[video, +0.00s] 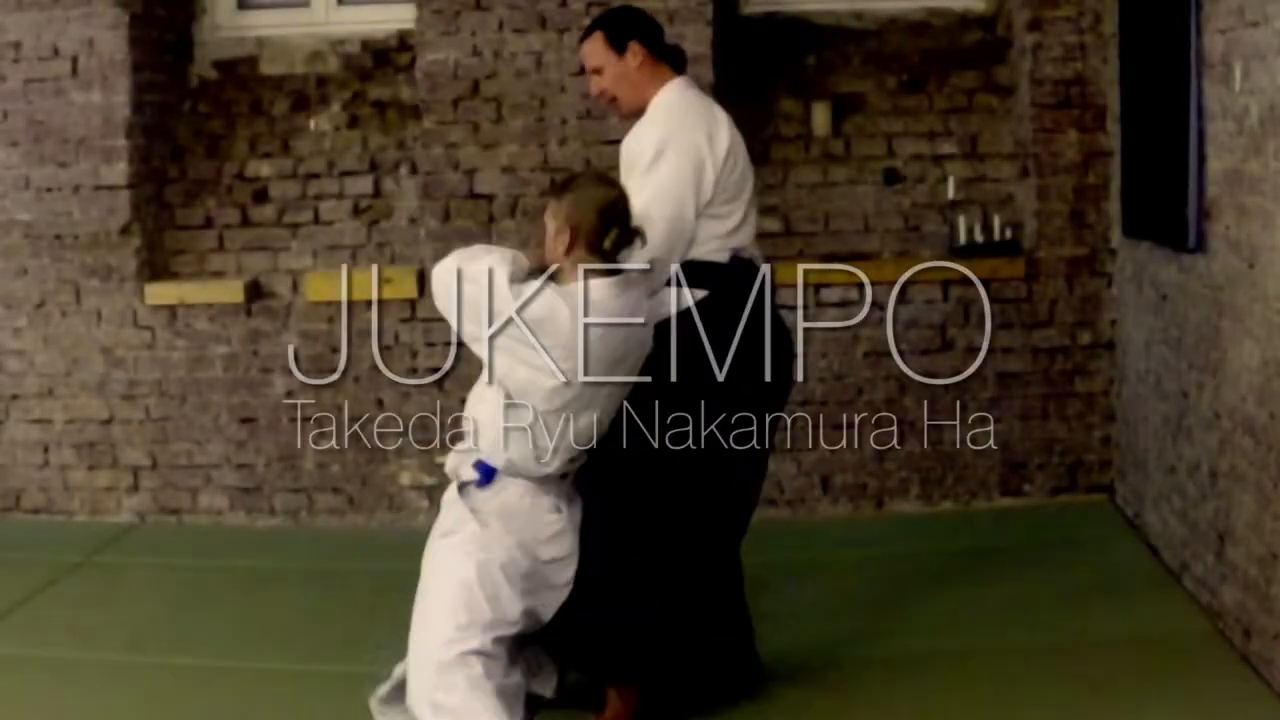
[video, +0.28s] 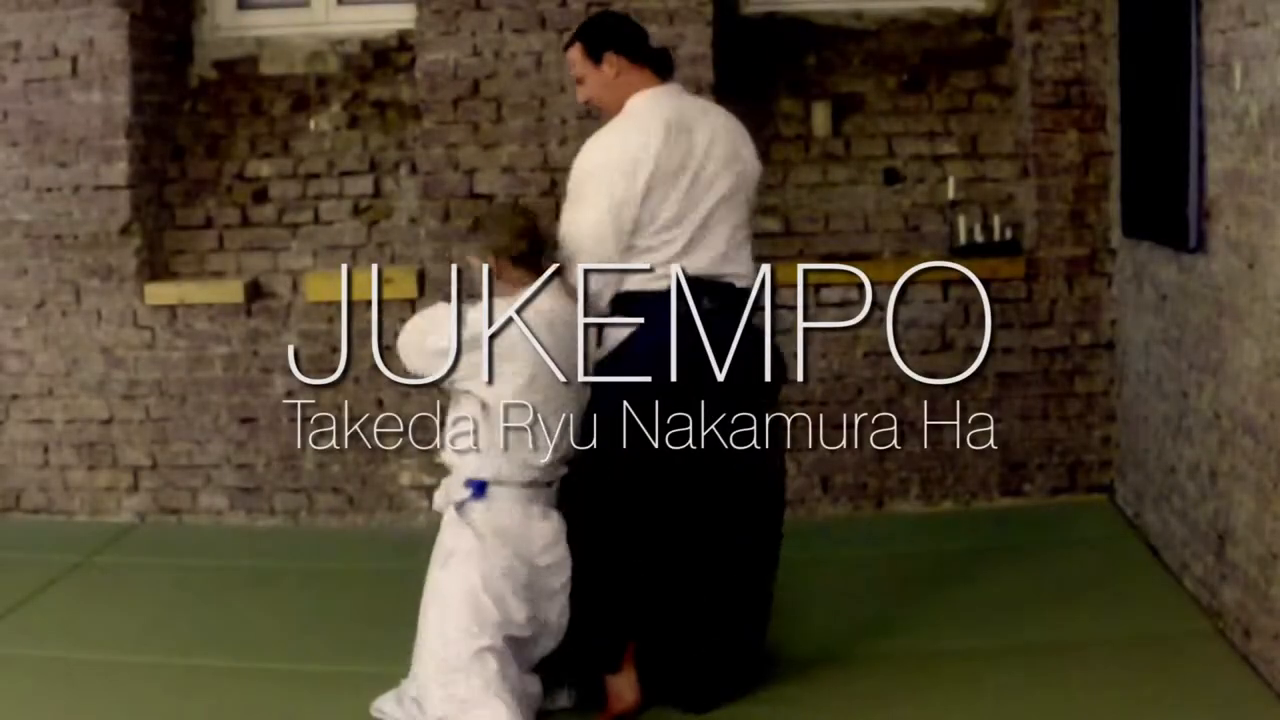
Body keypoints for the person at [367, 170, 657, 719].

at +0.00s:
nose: (543, 235)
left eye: (548, 225)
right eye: (547, 224)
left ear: (566, 238)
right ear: (617, 238)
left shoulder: (544, 316)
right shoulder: (634, 311)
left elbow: (454, 274)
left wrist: (528, 263)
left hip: (490, 521)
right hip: (556, 516)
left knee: (445, 680)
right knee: (495, 668)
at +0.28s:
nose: (483, 270)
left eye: (485, 261)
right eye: (483, 262)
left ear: (495, 264)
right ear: (546, 256)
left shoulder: (492, 324)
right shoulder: (575, 322)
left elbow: (413, 343)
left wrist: (479, 303)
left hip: (480, 527)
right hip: (544, 525)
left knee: (460, 679)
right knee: (512, 671)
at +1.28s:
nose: (419, 282)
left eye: (419, 271)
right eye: (416, 272)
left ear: (434, 265)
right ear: (475, 258)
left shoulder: (444, 302)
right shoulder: (516, 314)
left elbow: (372, 381)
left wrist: (416, 315)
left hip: (464, 488)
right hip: (516, 486)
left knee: (459, 635)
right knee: (504, 634)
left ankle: (479, 709)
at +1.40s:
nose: (405, 300)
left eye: (407, 287)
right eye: (404, 290)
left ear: (427, 274)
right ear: (462, 262)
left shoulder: (439, 304)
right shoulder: (513, 309)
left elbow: (369, 389)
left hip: (462, 483)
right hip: (517, 479)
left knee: (456, 643)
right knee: (503, 643)